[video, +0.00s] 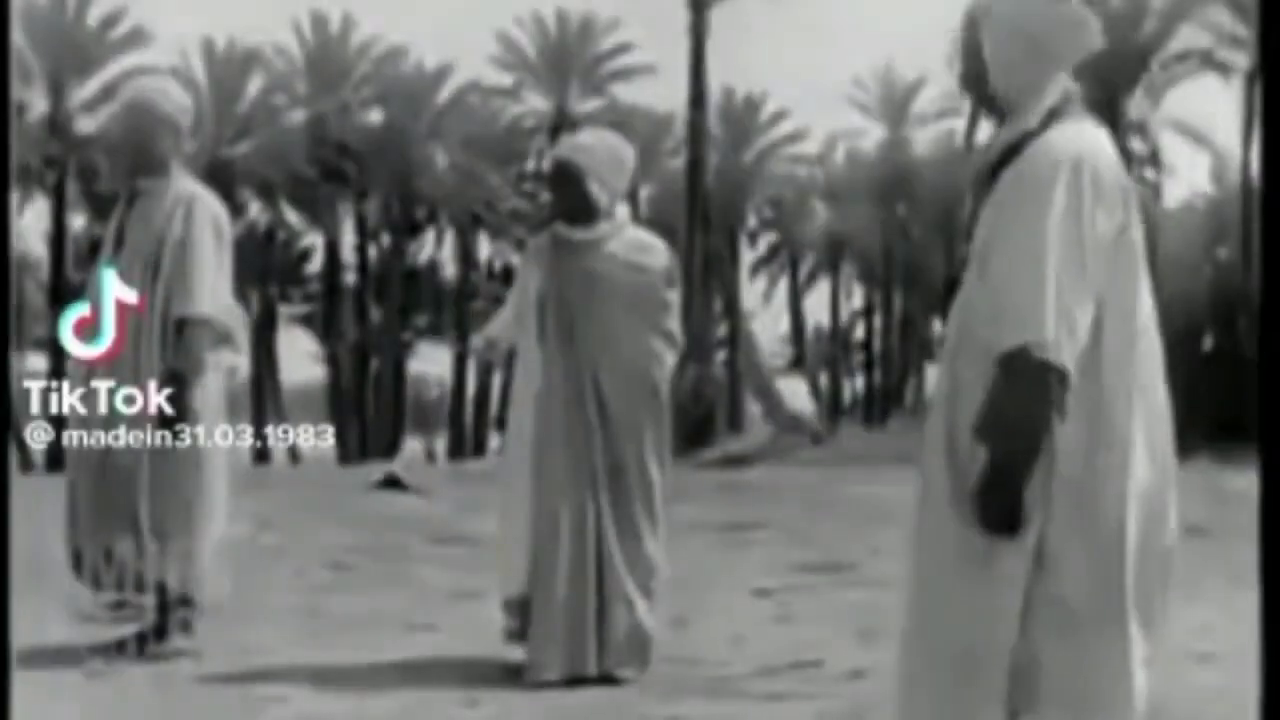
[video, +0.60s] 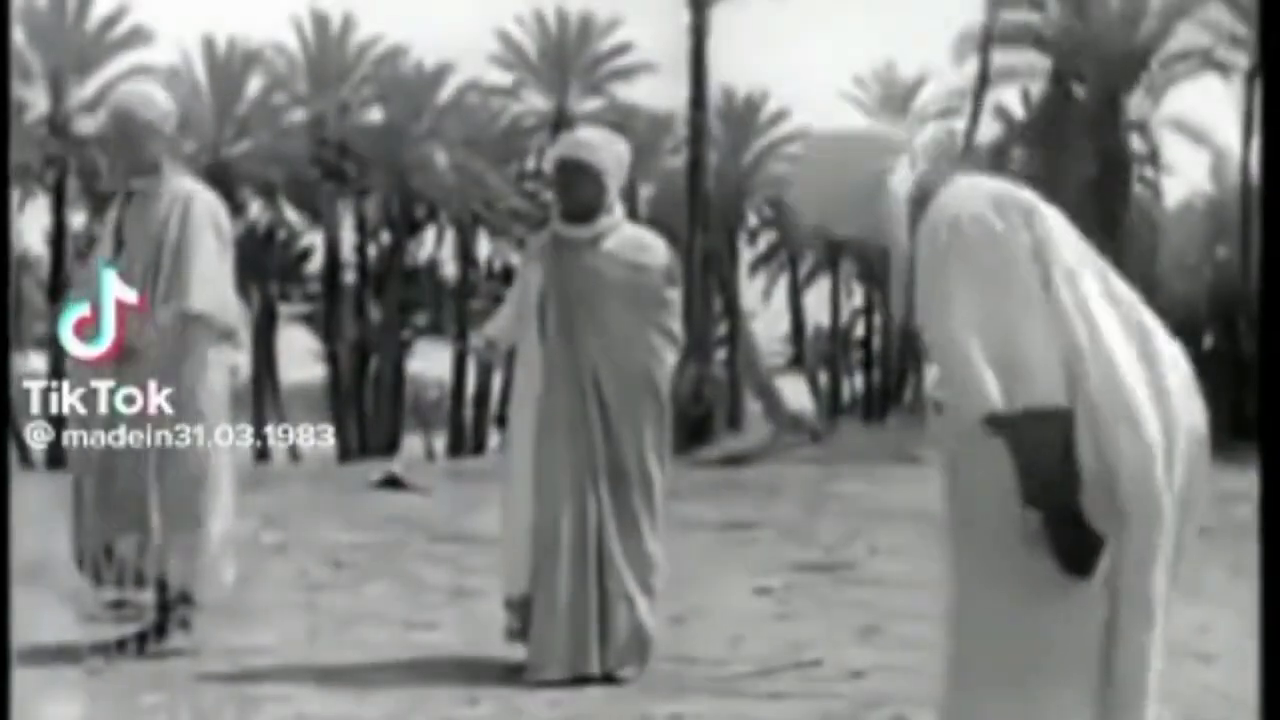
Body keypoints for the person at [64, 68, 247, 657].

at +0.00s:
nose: (117, 148)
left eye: (126, 135)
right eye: (119, 135)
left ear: (159, 137)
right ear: (131, 142)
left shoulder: (194, 208)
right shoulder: (128, 208)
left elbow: (200, 304)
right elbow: (113, 291)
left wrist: (187, 377)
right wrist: (101, 361)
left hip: (175, 372)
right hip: (129, 370)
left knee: (177, 487)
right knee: (136, 484)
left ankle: (178, 609)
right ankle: (151, 603)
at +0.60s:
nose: (107, 153)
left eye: (113, 140)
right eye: (106, 141)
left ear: (146, 137)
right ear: (128, 139)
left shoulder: (193, 204)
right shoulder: (121, 208)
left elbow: (195, 304)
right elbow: (102, 281)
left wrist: (151, 353)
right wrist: (94, 325)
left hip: (189, 362)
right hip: (134, 361)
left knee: (184, 474)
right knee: (138, 472)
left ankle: (179, 600)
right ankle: (153, 592)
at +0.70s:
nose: (95, 163)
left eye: (102, 150)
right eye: (93, 151)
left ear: (133, 147)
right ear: (111, 153)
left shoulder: (186, 205)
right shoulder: (116, 213)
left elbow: (200, 291)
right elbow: (77, 272)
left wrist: (136, 289)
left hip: (192, 358)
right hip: (136, 360)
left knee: (183, 468)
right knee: (143, 468)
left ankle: (182, 595)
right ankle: (159, 593)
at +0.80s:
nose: (85, 186)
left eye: (90, 172)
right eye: (79, 174)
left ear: (118, 166)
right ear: (84, 175)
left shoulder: (182, 208)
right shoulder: (102, 222)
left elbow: (193, 281)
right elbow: (52, 276)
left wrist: (133, 227)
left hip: (193, 368)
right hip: (135, 368)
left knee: (185, 478)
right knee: (149, 476)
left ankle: (183, 602)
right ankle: (164, 599)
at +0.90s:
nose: (67, 215)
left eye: (73, 202)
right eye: (61, 204)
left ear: (100, 193)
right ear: (61, 201)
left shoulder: (160, 237)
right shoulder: (64, 252)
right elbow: (40, 332)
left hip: (191, 373)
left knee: (168, 482)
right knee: (151, 480)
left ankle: (178, 605)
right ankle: (166, 603)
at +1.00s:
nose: (65, 239)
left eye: (68, 226)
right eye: (59, 228)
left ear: (90, 214)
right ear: (67, 219)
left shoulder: (165, 254)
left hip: (202, 376)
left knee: (174, 487)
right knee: (162, 484)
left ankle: (177, 614)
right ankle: (167, 609)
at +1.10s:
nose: (61, 259)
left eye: (67, 244)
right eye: (48, 249)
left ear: (93, 226)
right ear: (37, 244)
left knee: (178, 495)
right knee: (159, 494)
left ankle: (176, 614)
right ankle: (160, 612)